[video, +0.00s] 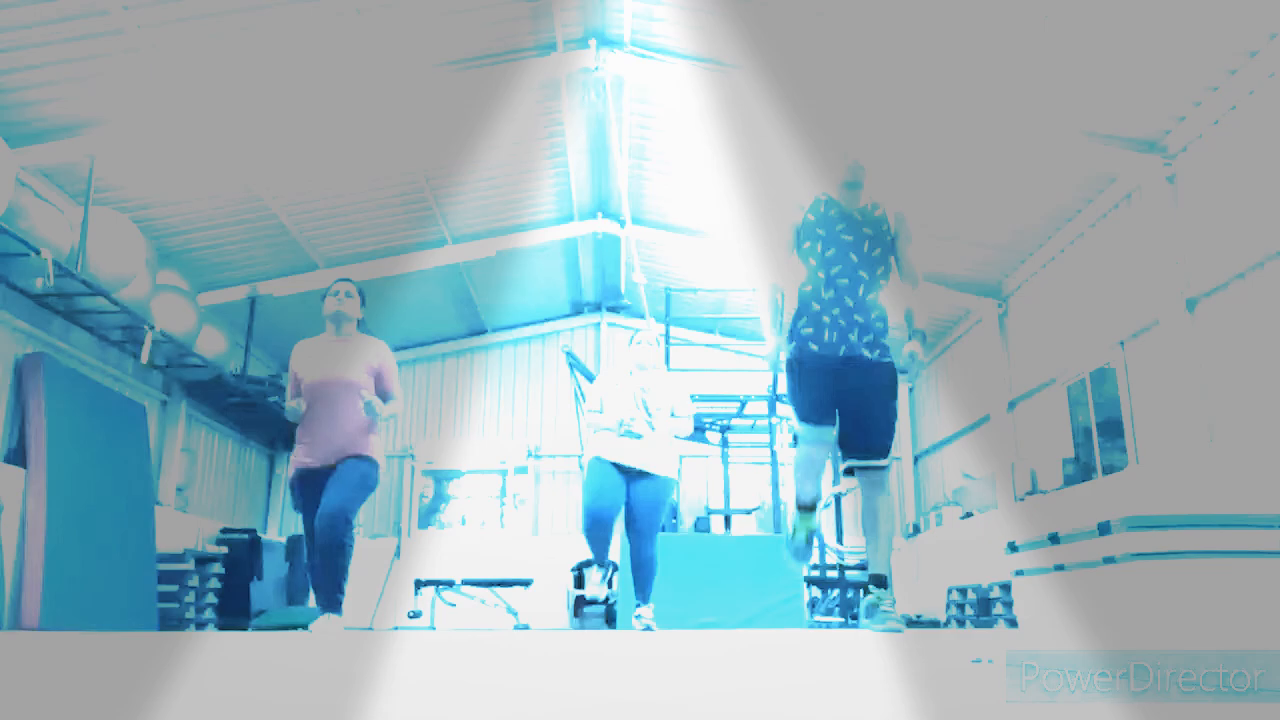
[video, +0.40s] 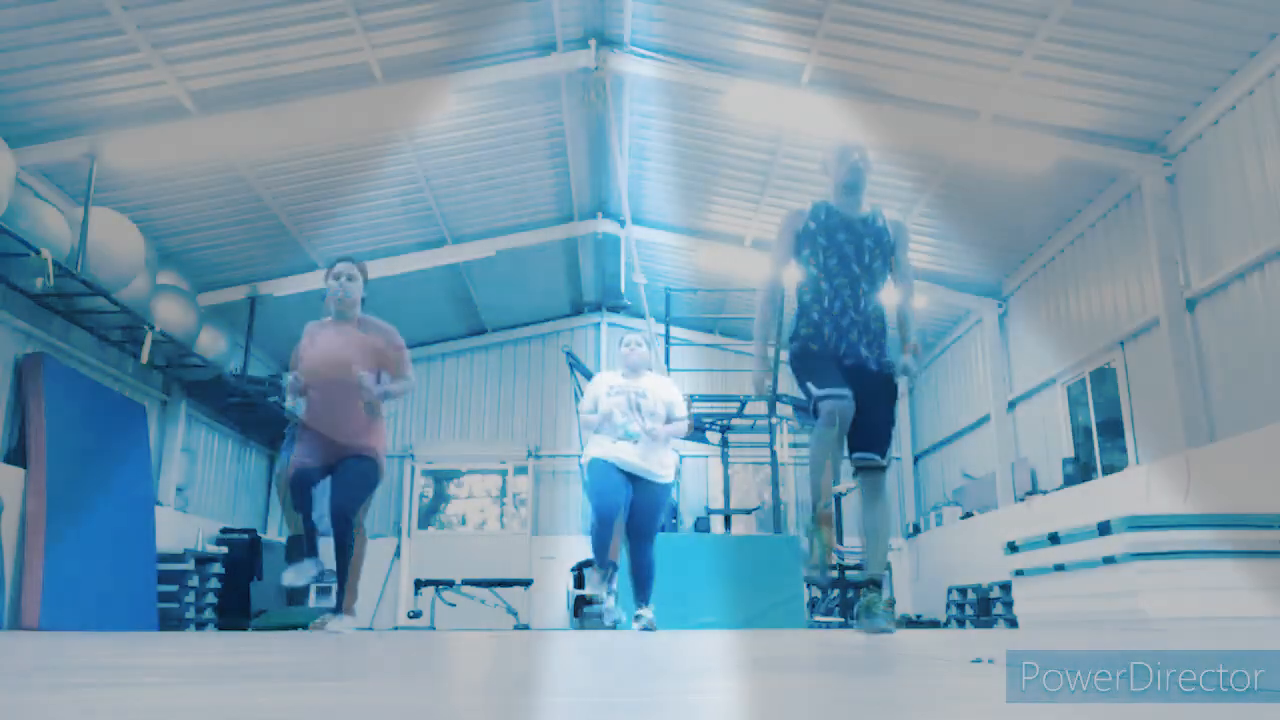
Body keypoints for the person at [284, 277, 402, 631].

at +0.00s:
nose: (340, 298)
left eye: (349, 294)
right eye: (334, 294)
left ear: (361, 308)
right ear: (323, 306)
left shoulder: (376, 348)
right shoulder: (302, 349)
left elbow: (394, 400)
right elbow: (293, 404)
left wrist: (382, 408)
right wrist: (292, 407)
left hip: (358, 456)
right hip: (309, 460)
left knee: (331, 516)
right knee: (314, 539)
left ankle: (331, 611)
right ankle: (329, 612)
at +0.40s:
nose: (343, 285)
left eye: (351, 279)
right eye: (336, 278)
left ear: (364, 288)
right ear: (326, 287)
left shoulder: (383, 335)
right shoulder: (312, 333)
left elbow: (406, 381)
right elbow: (300, 380)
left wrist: (381, 390)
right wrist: (295, 384)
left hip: (361, 443)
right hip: (316, 438)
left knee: (343, 508)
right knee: (296, 479)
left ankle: (342, 610)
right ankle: (309, 559)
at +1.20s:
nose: (324, 284)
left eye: (331, 278)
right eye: (317, 278)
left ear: (342, 286)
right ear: (306, 286)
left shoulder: (360, 332)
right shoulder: (285, 333)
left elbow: (379, 384)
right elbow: (266, 390)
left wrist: (374, 375)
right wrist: (276, 371)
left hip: (348, 425)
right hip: (297, 435)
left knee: (334, 440)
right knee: (295, 523)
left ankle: (340, 531)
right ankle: (294, 608)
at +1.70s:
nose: (344, 269)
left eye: (353, 264)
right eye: (338, 263)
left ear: (366, 277)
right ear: (328, 273)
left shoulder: (379, 318)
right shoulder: (308, 315)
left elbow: (404, 368)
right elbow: (292, 372)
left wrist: (367, 359)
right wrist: (289, 358)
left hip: (353, 429)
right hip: (305, 426)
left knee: (341, 511)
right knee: (295, 512)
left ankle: (332, 607)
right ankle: (307, 593)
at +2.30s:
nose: (330, 285)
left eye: (338, 280)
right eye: (324, 281)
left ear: (352, 292)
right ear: (314, 292)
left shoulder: (371, 332)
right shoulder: (298, 340)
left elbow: (398, 384)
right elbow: (291, 399)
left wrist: (380, 383)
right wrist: (272, 387)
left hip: (359, 443)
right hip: (310, 442)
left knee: (357, 528)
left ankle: (360, 609)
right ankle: (306, 611)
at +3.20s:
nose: (355, 306)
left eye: (363, 301)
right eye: (349, 300)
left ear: (374, 309)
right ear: (339, 307)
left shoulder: (388, 350)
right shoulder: (321, 349)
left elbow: (410, 401)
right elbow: (302, 403)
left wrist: (389, 393)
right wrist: (301, 385)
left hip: (366, 451)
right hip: (322, 452)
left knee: (347, 518)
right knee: (321, 530)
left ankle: (345, 608)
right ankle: (325, 608)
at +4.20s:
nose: (353, 297)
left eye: (361, 293)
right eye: (348, 292)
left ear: (372, 305)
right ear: (336, 303)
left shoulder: (389, 344)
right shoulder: (321, 343)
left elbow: (407, 393)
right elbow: (295, 391)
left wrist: (391, 391)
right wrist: (320, 387)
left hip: (373, 435)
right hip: (329, 439)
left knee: (361, 475)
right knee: (331, 512)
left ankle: (358, 557)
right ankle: (326, 600)